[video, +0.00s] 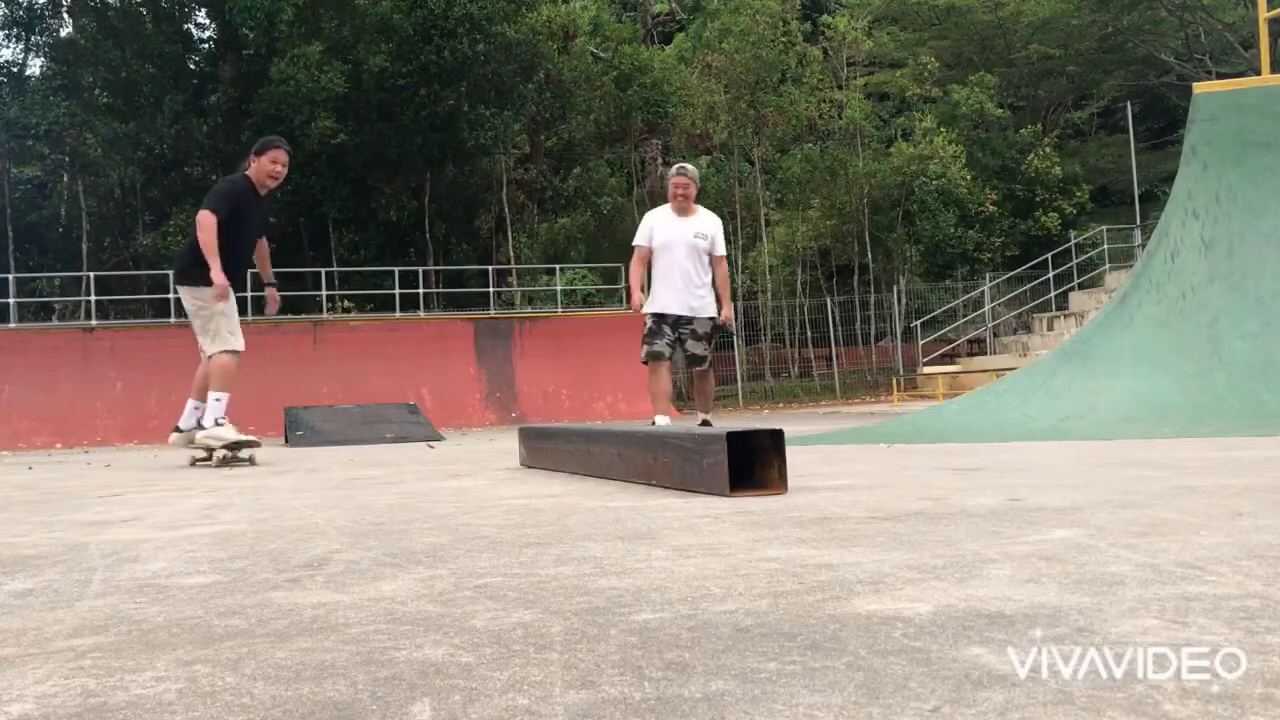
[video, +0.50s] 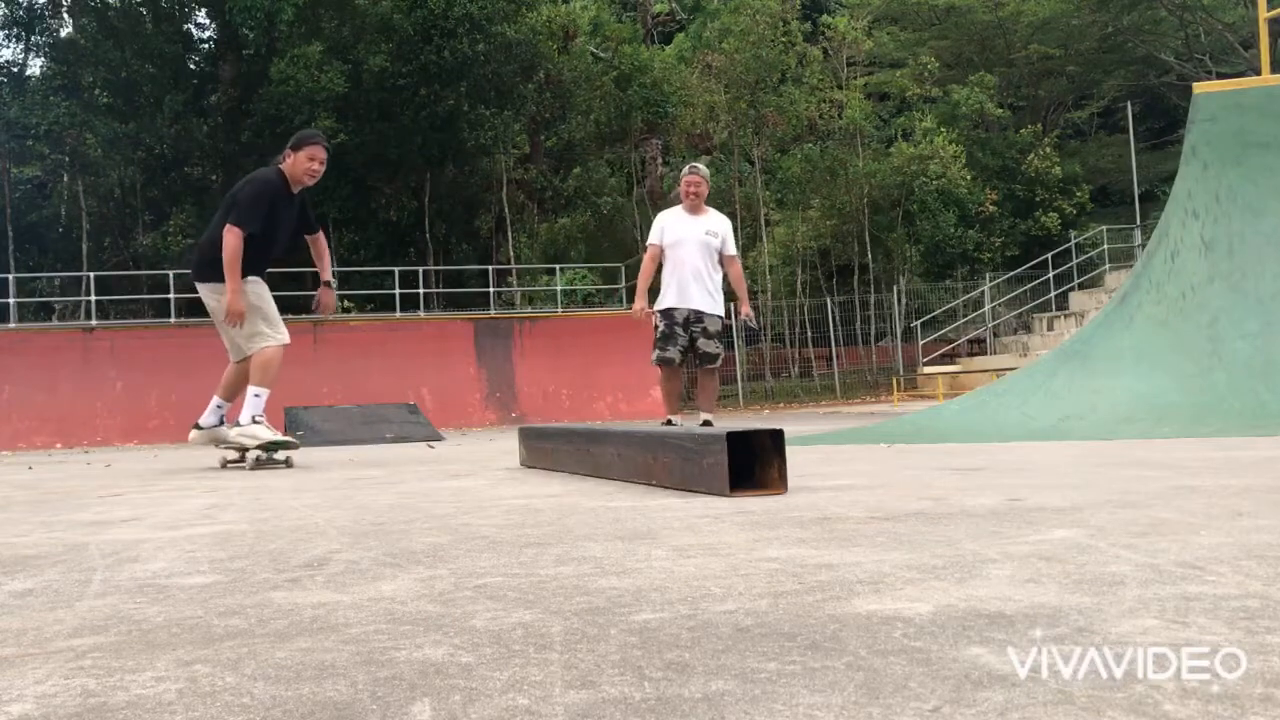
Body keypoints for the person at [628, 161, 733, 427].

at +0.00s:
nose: (680, 191)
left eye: (686, 187)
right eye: (675, 186)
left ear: (696, 189)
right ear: (668, 188)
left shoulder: (711, 221)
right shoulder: (652, 218)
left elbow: (720, 265)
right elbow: (639, 260)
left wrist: (726, 304)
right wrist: (636, 292)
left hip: (699, 308)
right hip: (661, 307)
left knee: (701, 366)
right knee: (657, 361)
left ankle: (705, 419)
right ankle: (661, 421)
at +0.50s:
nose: (692, 190)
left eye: (698, 185)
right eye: (687, 185)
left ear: (707, 189)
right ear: (680, 187)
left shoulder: (721, 222)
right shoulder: (664, 218)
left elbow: (732, 263)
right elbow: (651, 258)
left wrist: (744, 301)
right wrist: (640, 296)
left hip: (708, 306)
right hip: (671, 304)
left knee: (708, 365)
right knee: (669, 364)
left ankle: (706, 419)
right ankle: (672, 419)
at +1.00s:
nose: (676, 189)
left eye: (681, 184)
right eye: (671, 184)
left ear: (692, 187)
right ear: (665, 188)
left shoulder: (710, 219)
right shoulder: (653, 221)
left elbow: (720, 259)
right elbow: (643, 262)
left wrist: (719, 290)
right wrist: (645, 301)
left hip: (701, 306)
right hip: (665, 306)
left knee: (704, 365)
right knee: (669, 366)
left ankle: (705, 417)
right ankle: (673, 419)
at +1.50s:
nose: (666, 190)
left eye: (671, 185)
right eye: (661, 186)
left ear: (683, 187)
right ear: (655, 190)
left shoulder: (701, 219)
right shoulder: (644, 223)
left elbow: (714, 259)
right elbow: (636, 264)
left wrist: (727, 297)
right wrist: (628, 303)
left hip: (696, 305)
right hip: (660, 307)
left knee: (701, 365)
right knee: (667, 366)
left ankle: (705, 419)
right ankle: (673, 421)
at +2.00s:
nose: (665, 192)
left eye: (670, 187)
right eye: (660, 187)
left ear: (680, 189)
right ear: (652, 191)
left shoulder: (697, 219)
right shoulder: (642, 224)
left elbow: (710, 259)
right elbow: (635, 266)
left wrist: (723, 295)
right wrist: (630, 305)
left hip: (696, 304)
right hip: (659, 307)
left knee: (701, 365)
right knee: (667, 367)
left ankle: (705, 419)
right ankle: (673, 421)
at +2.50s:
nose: (666, 192)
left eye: (670, 187)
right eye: (660, 188)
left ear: (680, 189)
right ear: (652, 191)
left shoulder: (698, 219)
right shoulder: (643, 224)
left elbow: (711, 259)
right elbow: (635, 266)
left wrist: (726, 295)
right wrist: (630, 305)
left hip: (696, 304)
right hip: (660, 306)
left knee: (701, 365)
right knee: (668, 367)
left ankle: (705, 419)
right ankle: (673, 421)